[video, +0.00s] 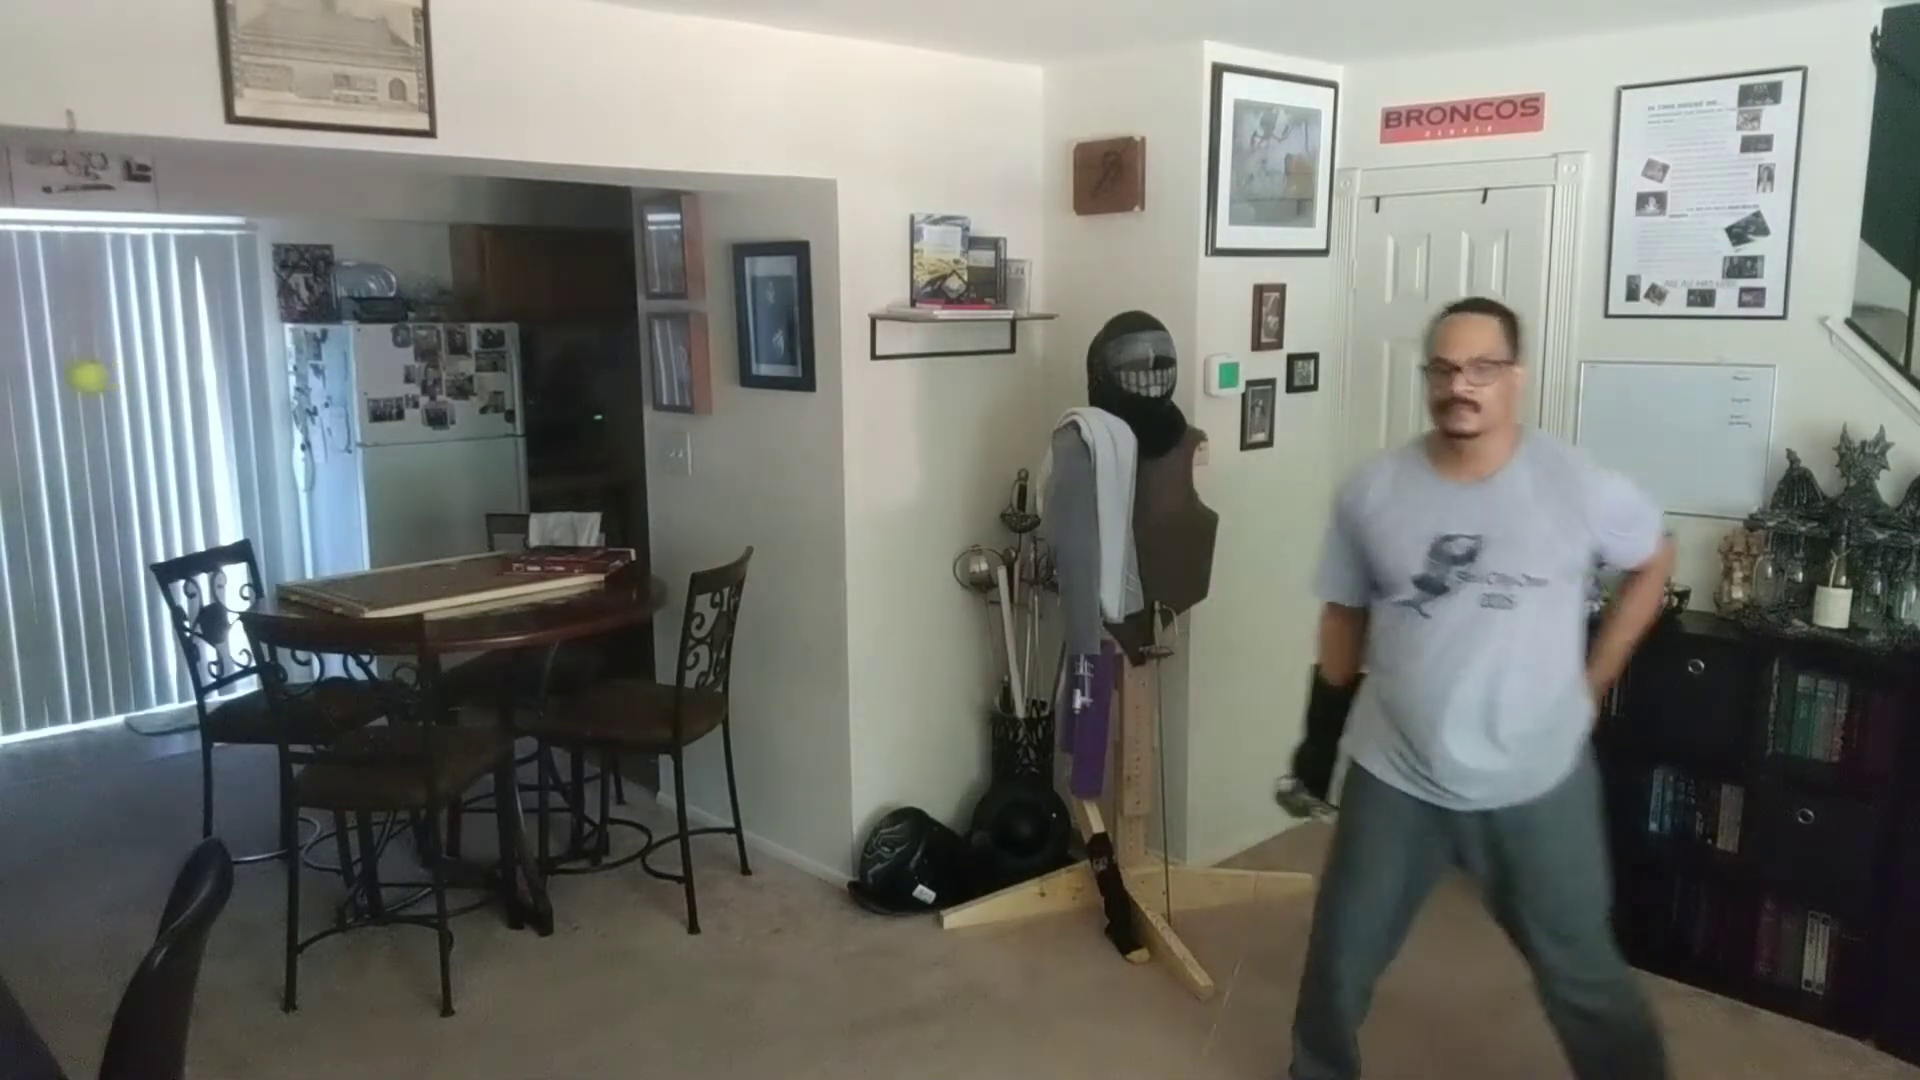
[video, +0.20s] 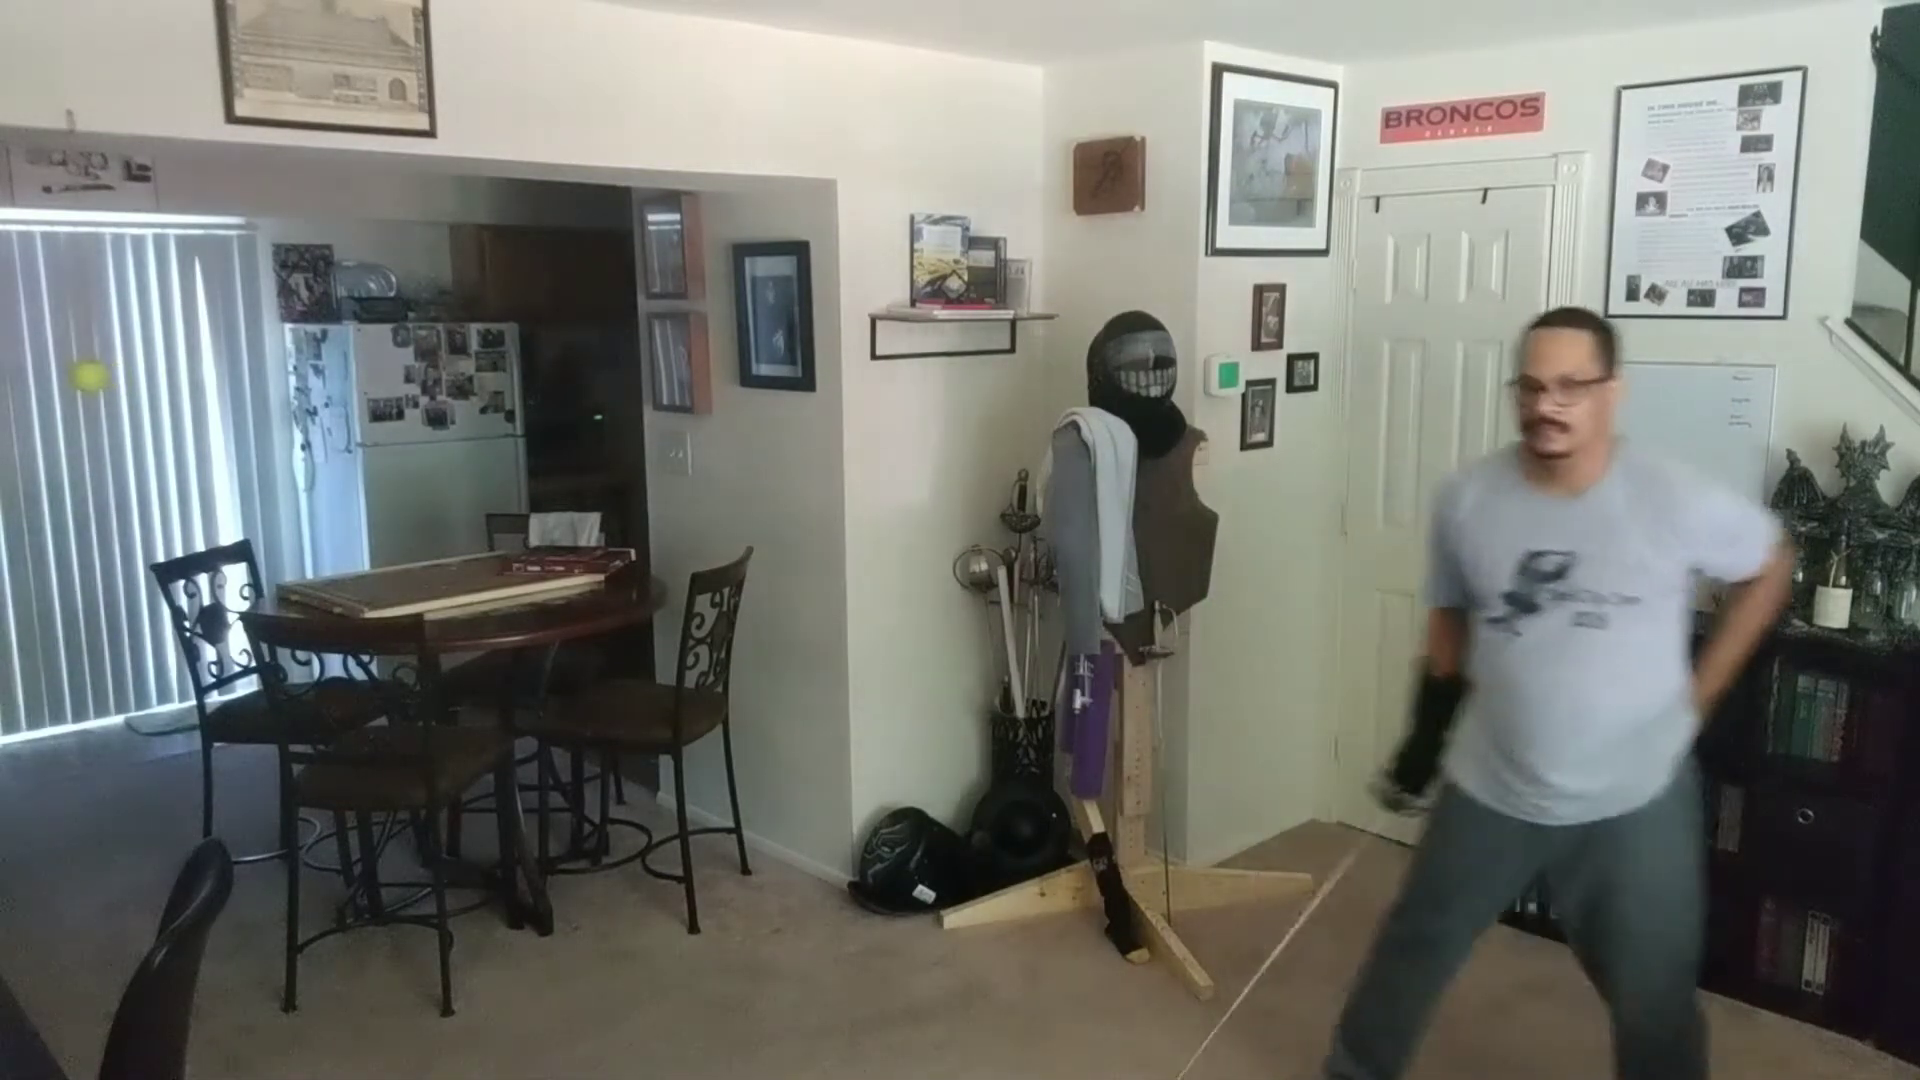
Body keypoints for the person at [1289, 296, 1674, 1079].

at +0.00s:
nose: (1458, 386)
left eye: (1480, 370)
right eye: (1442, 369)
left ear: (1518, 380)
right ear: (1424, 378)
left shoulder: (1575, 485)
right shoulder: (1372, 491)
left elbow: (1653, 559)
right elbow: (1343, 619)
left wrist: (1594, 682)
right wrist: (1319, 746)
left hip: (1539, 778)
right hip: (1398, 771)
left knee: (1583, 977)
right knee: (1337, 967)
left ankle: (1637, 1074)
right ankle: (1318, 1070)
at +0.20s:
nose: (1545, 405)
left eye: (1568, 388)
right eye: (1531, 387)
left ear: (1612, 393)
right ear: (1515, 392)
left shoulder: (1668, 498)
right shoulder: (1467, 499)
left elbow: (1772, 562)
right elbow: (1448, 622)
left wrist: (1698, 695)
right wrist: (1424, 738)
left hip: (1636, 802)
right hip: (1491, 791)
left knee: (1657, 1011)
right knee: (1413, 954)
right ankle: (1356, 1068)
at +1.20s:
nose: (1676, 370)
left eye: (1698, 356)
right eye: (1677, 354)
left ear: (1765, 367)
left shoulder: (1857, 470)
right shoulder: (1654, 486)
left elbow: (1916, 584)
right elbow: (1639, 628)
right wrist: (1623, 753)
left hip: (1814, 781)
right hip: (1686, 776)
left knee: (1792, 1016)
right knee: (1697, 1005)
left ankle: (1788, 1071)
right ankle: (1706, 1065)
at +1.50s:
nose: (1725, 387)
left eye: (1748, 370)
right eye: (1725, 370)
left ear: (1817, 380)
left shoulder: (1901, 487)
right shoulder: (1691, 501)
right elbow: (1609, 627)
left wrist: (1912, 734)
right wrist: (1547, 719)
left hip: (1857, 801)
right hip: (1710, 782)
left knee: (1843, 1016)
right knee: (1633, 925)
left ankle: (1809, 1074)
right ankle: (1683, 1069)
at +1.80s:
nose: (1710, 436)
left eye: (1732, 421)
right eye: (1711, 422)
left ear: (1805, 429)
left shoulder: (1893, 510)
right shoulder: (1694, 536)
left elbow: (1913, 626)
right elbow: (1559, 587)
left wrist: (1796, 602)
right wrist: (1415, 622)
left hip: (1884, 827)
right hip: (1736, 804)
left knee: (1865, 1044)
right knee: (1612, 992)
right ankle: (1557, 1073)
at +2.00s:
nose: (1665, 482)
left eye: (1685, 462)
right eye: (1666, 464)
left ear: (1756, 471)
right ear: (1739, 472)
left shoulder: (1855, 534)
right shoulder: (1654, 568)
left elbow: (1862, 654)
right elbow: (1513, 578)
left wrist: (1714, 567)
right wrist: (1364, 576)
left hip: (1887, 845)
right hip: (1738, 824)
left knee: (1865, 1048)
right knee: (1624, 1002)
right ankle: (1573, 1072)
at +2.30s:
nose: (1644, 502)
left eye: (1665, 485)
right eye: (1647, 485)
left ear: (1734, 499)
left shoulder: (1830, 571)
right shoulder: (1637, 591)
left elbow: (1793, 696)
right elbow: (1509, 622)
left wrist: (1673, 576)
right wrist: (1383, 589)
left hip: (1878, 872)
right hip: (1728, 838)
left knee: (1841, 1069)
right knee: (1612, 1026)